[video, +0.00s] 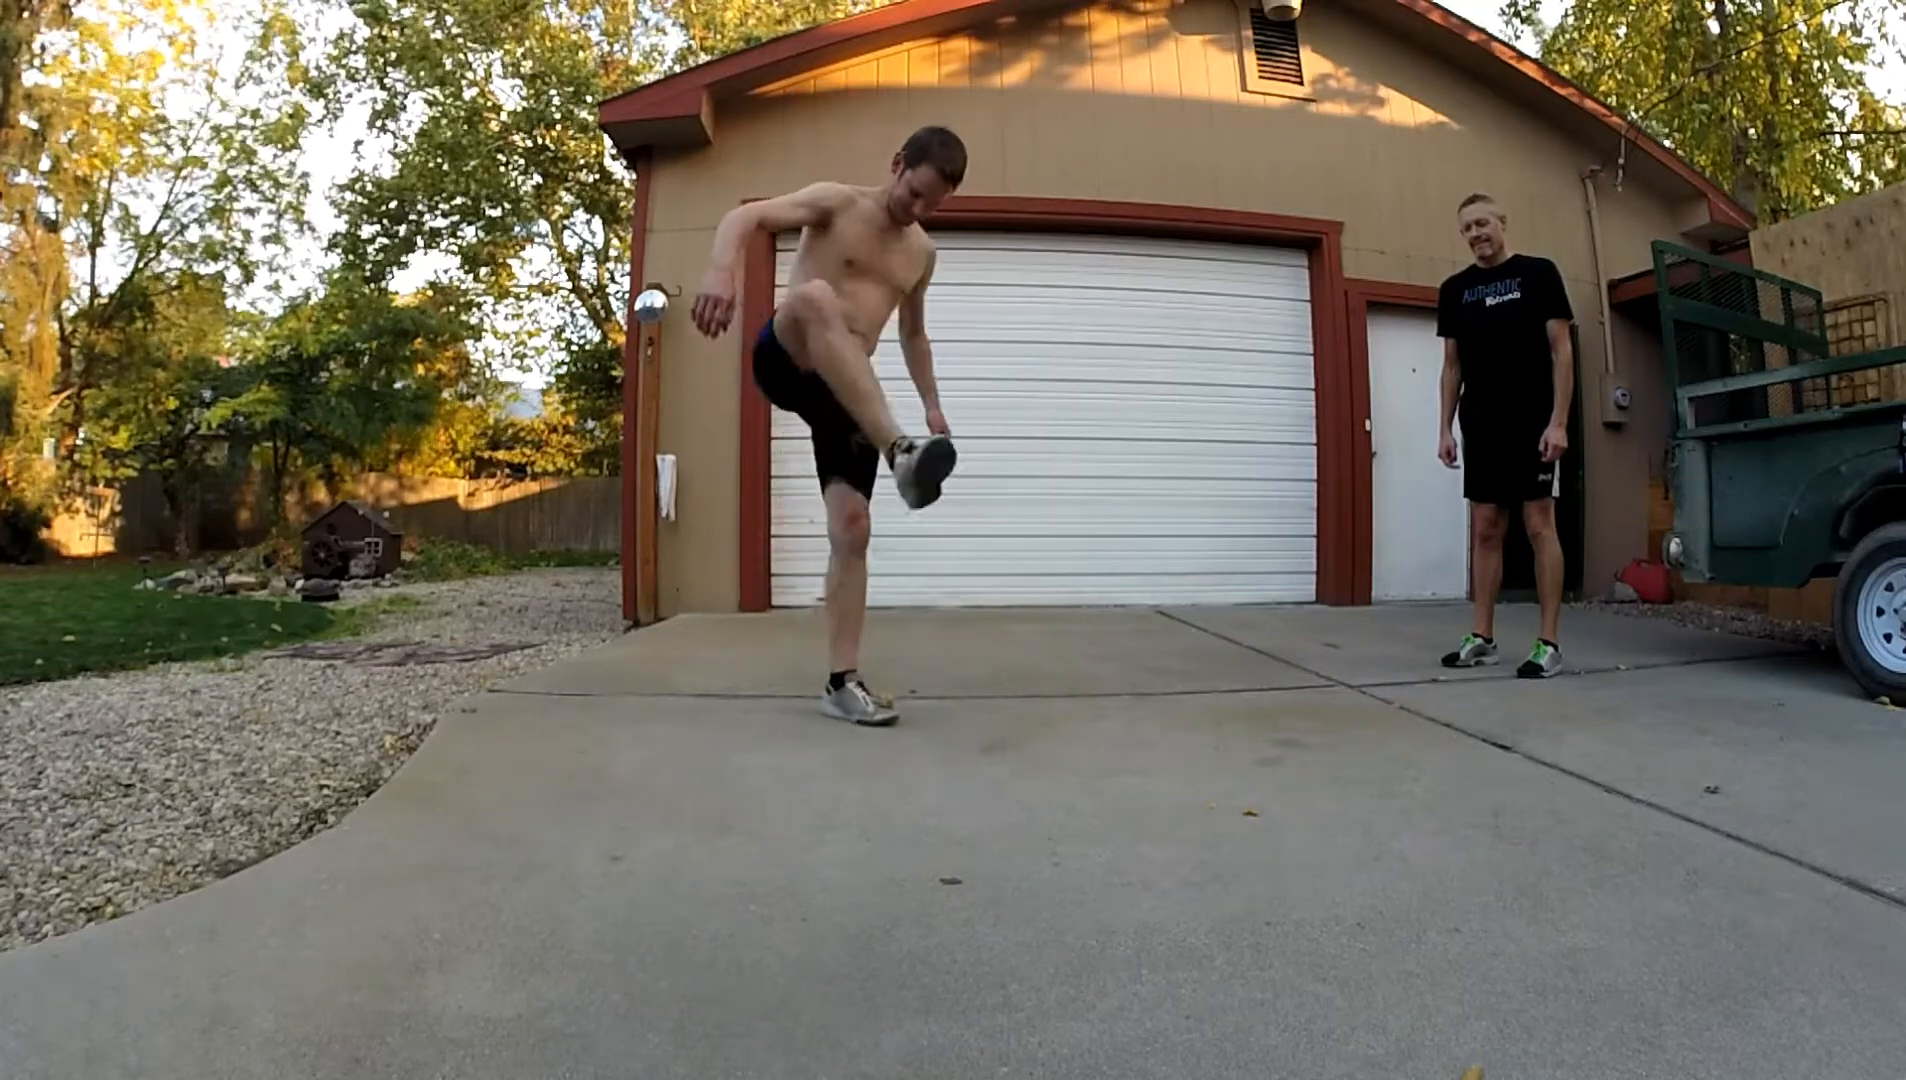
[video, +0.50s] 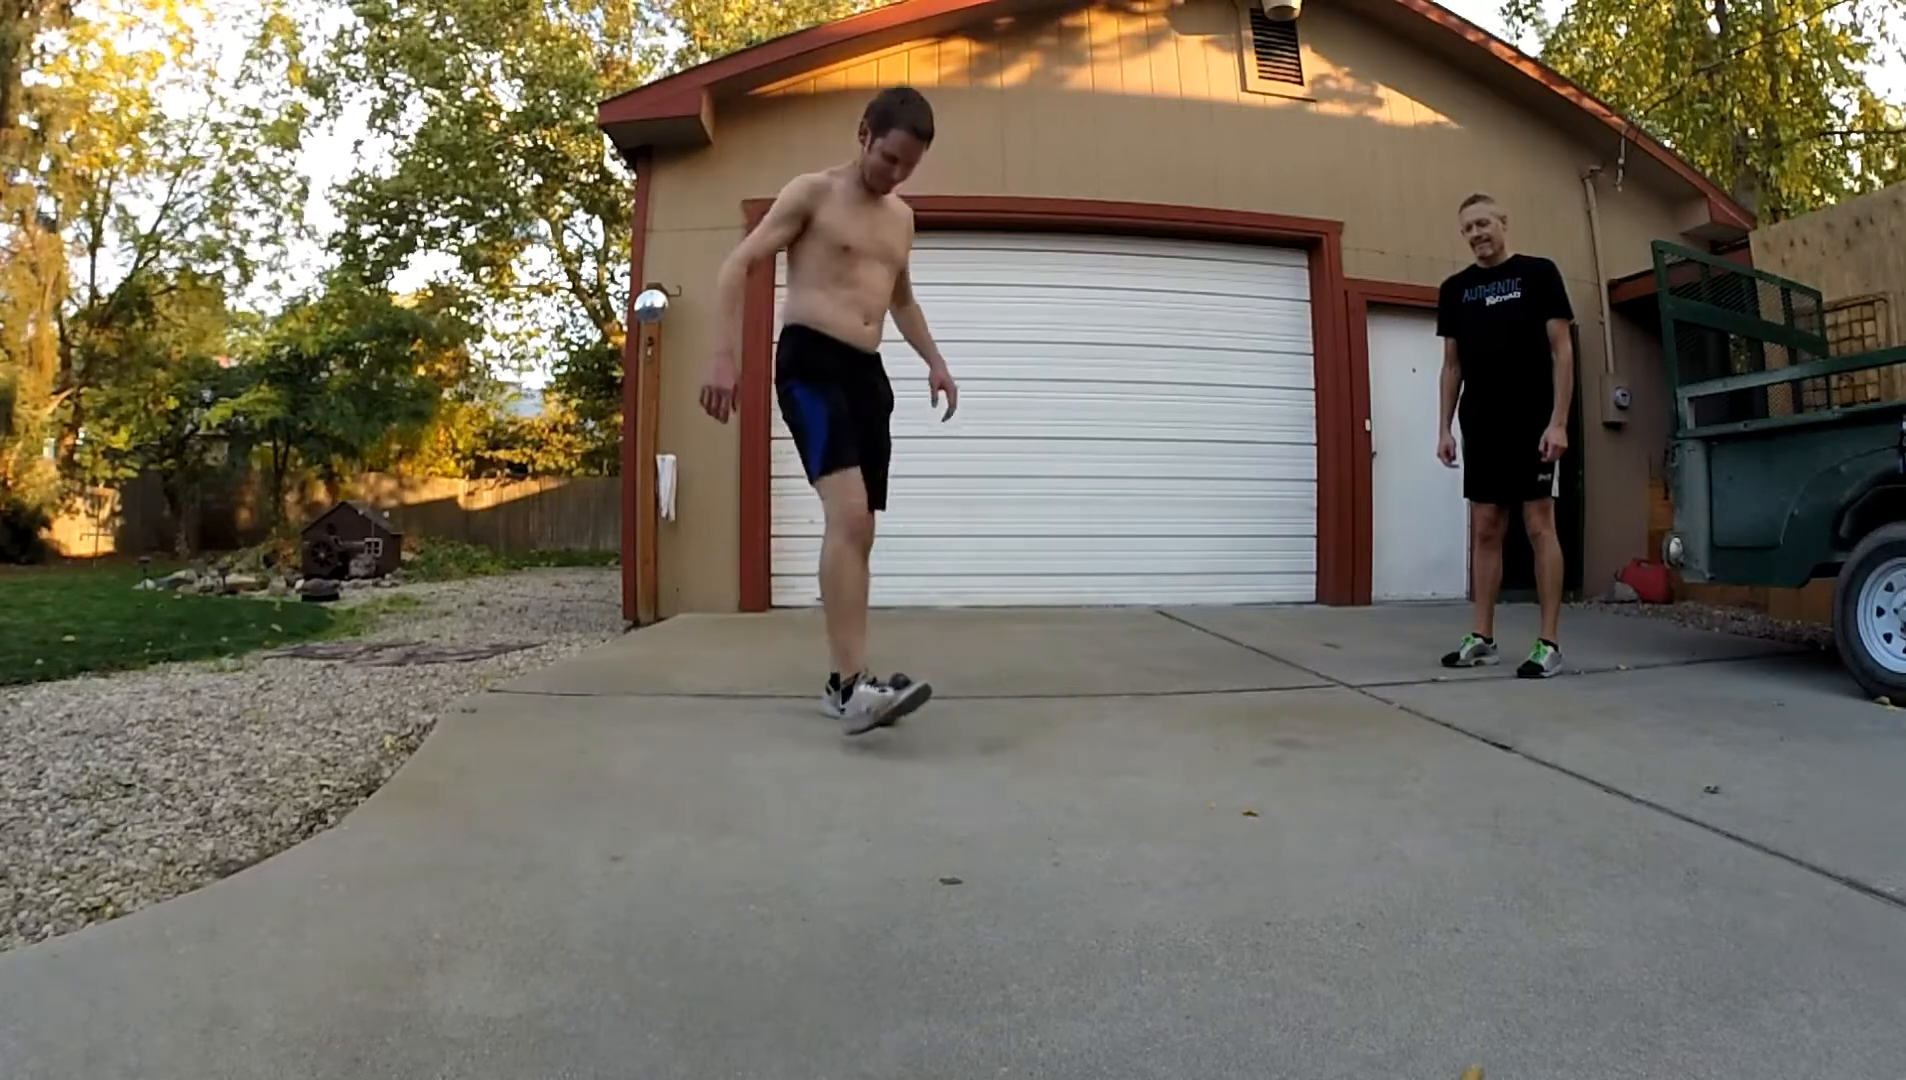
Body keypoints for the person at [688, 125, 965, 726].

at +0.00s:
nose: (919, 207)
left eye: (933, 200)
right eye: (916, 191)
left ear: (946, 197)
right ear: (897, 166)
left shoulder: (920, 253)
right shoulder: (837, 202)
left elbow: (913, 333)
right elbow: (743, 216)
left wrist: (932, 404)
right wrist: (722, 274)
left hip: (849, 391)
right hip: (786, 369)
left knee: (853, 529)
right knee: (814, 297)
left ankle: (843, 680)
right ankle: (899, 453)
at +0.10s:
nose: (914, 198)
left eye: (927, 190)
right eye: (909, 181)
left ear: (938, 186)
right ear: (887, 159)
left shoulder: (915, 247)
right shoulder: (831, 198)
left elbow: (913, 327)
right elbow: (740, 217)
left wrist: (935, 398)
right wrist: (721, 258)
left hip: (860, 378)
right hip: (794, 363)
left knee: (857, 531)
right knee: (844, 313)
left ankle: (843, 680)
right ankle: (848, 497)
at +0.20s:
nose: (910, 189)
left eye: (923, 180)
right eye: (904, 173)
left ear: (933, 175)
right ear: (881, 151)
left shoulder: (914, 243)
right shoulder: (826, 195)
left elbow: (913, 323)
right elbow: (738, 220)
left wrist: (936, 394)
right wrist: (716, 267)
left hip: (865, 374)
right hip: (796, 349)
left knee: (858, 527)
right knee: (859, 357)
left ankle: (843, 679)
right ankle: (834, 541)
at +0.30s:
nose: (908, 183)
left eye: (920, 174)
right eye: (902, 167)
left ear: (929, 168)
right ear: (877, 146)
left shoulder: (913, 238)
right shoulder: (822, 194)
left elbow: (913, 318)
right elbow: (734, 228)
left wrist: (938, 390)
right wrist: (714, 289)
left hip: (862, 369)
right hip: (801, 349)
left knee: (854, 517)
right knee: (868, 425)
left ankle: (841, 680)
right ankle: (853, 605)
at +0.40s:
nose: (904, 181)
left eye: (916, 171)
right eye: (897, 164)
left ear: (926, 165)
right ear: (872, 142)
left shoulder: (909, 229)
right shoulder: (817, 194)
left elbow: (911, 309)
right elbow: (732, 250)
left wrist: (938, 377)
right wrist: (714, 332)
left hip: (863, 371)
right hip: (805, 357)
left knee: (857, 516)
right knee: (865, 484)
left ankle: (846, 677)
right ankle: (857, 662)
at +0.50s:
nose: (897, 175)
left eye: (910, 164)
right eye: (891, 158)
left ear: (921, 157)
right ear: (865, 136)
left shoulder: (901, 217)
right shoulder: (812, 191)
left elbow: (900, 298)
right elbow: (736, 264)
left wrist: (934, 358)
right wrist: (724, 357)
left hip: (866, 371)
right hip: (810, 359)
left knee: (857, 527)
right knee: (851, 517)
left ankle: (847, 680)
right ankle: (851, 682)